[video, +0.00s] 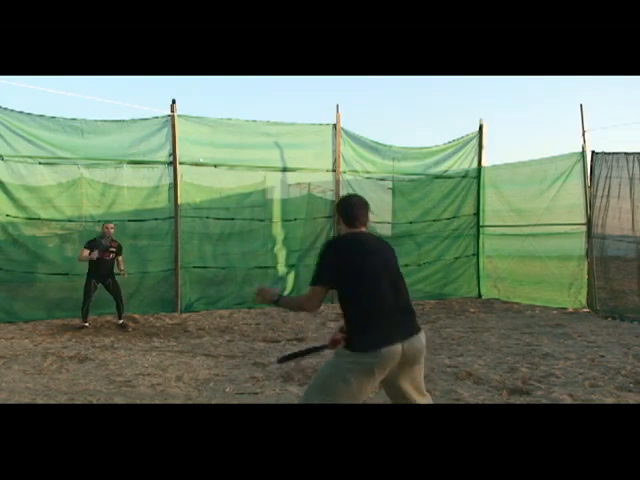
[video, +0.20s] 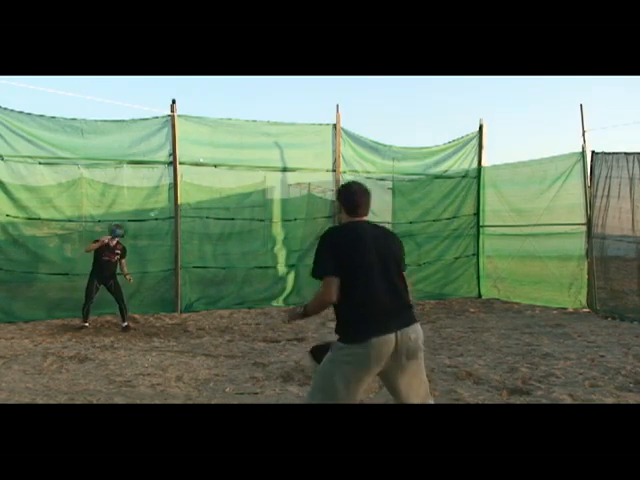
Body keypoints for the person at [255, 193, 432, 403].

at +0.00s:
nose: (335, 222)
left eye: (335, 218)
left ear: (338, 220)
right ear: (367, 220)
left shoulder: (336, 247)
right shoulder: (382, 245)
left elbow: (311, 303)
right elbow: (383, 297)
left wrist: (276, 298)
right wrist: (347, 331)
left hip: (371, 349)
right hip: (413, 340)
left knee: (315, 399)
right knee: (415, 397)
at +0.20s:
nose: (337, 208)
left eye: (338, 204)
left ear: (340, 207)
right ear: (368, 207)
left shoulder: (333, 237)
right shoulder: (389, 236)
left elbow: (329, 295)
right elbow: (403, 286)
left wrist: (303, 312)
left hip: (364, 341)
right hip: (409, 334)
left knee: (321, 400)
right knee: (420, 399)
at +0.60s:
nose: (359, 198)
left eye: (360, 195)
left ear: (362, 197)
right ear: (390, 199)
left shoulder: (346, 229)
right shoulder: (409, 230)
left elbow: (324, 281)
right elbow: (426, 286)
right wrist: (405, 298)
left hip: (359, 334)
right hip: (406, 332)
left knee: (328, 399)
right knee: (421, 399)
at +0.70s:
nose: (354, 195)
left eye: (354, 191)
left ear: (356, 194)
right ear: (384, 196)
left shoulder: (337, 227)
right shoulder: (401, 229)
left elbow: (310, 272)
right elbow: (422, 286)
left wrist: (330, 231)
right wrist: (401, 296)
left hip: (346, 332)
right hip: (393, 330)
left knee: (320, 398)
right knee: (412, 399)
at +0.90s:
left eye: (348, 183)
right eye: (375, 182)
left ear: (347, 186)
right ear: (376, 187)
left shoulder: (326, 218)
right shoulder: (390, 222)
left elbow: (301, 250)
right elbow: (426, 269)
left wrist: (313, 224)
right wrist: (419, 261)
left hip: (336, 327)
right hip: (383, 325)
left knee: (322, 397)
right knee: (396, 397)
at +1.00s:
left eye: (349, 187)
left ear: (348, 192)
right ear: (378, 194)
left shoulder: (328, 224)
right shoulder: (392, 227)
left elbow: (299, 259)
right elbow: (431, 263)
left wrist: (290, 251)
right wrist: (416, 229)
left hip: (337, 333)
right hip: (384, 331)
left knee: (320, 398)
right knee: (390, 398)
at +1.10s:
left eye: (350, 191)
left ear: (348, 195)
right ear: (377, 197)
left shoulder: (328, 228)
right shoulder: (390, 228)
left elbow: (297, 277)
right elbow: (418, 254)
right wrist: (412, 217)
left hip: (343, 335)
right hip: (387, 331)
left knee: (315, 399)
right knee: (391, 399)